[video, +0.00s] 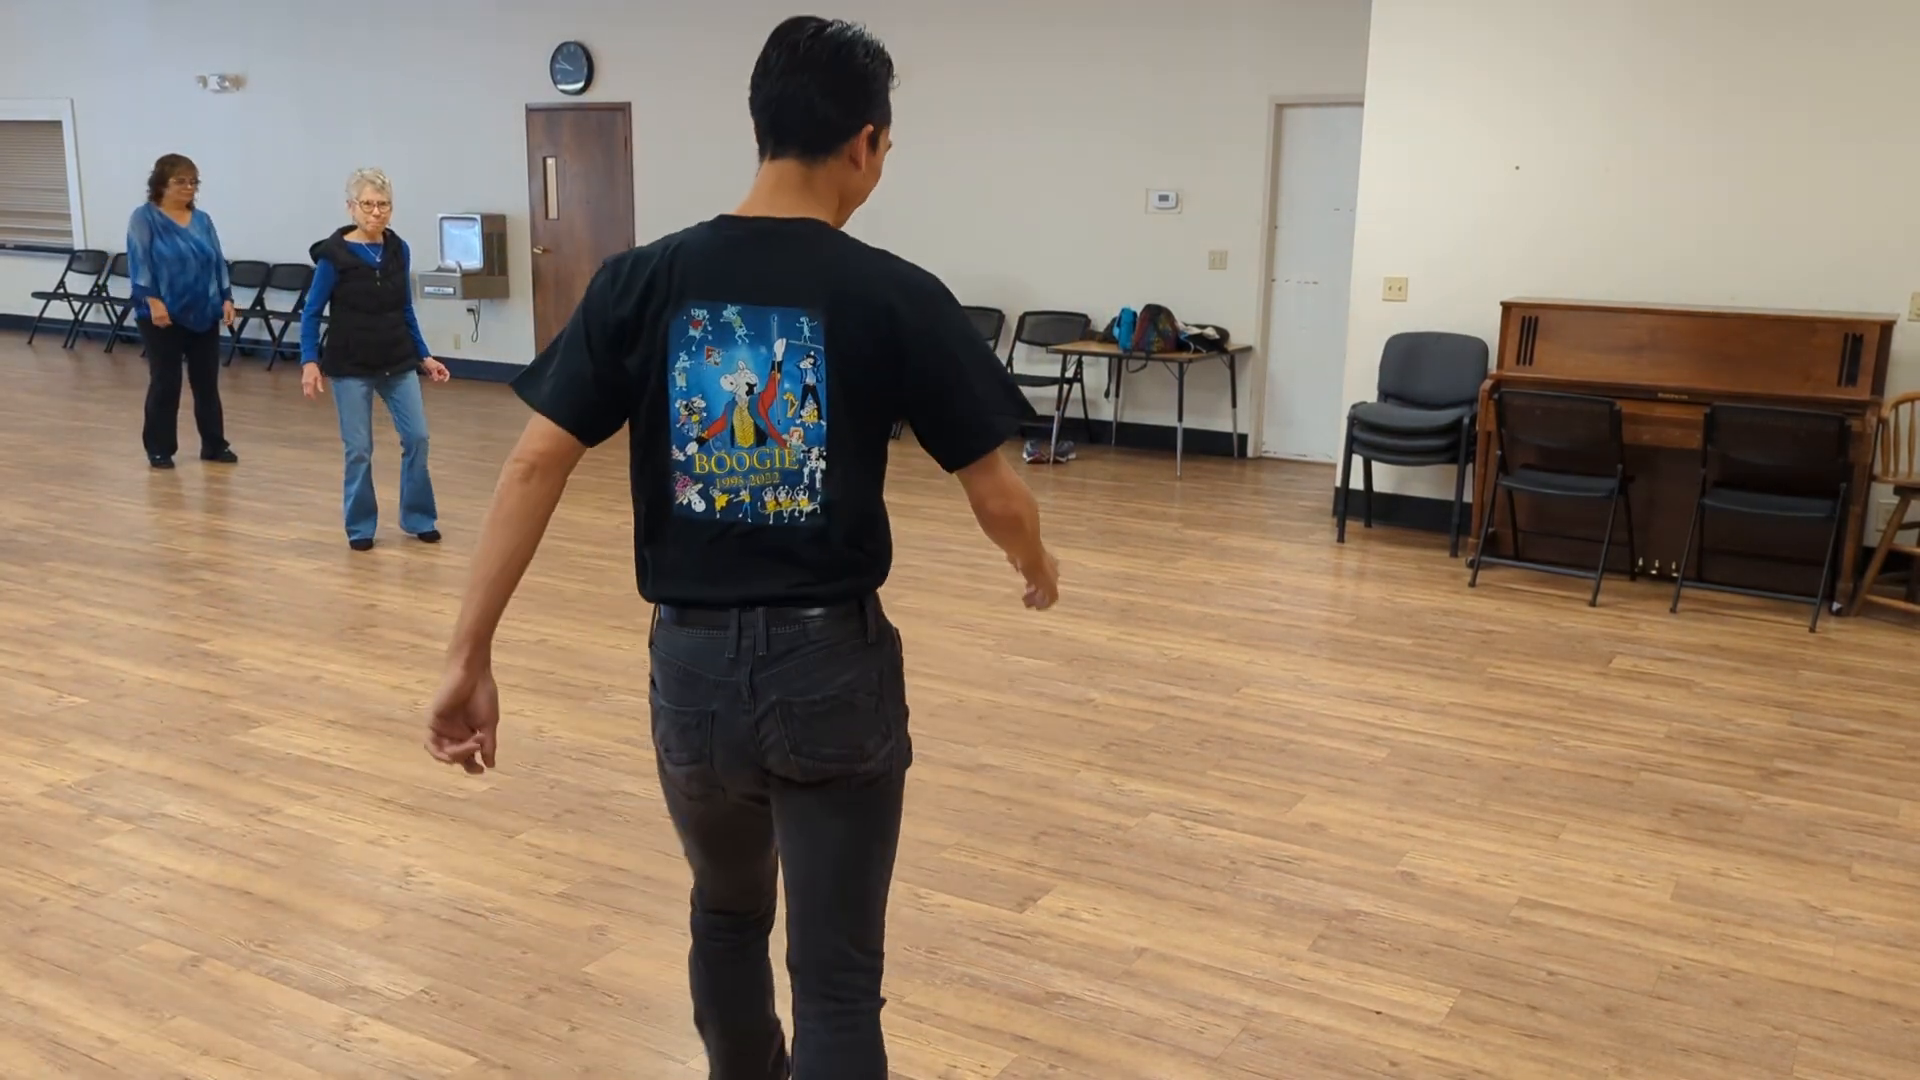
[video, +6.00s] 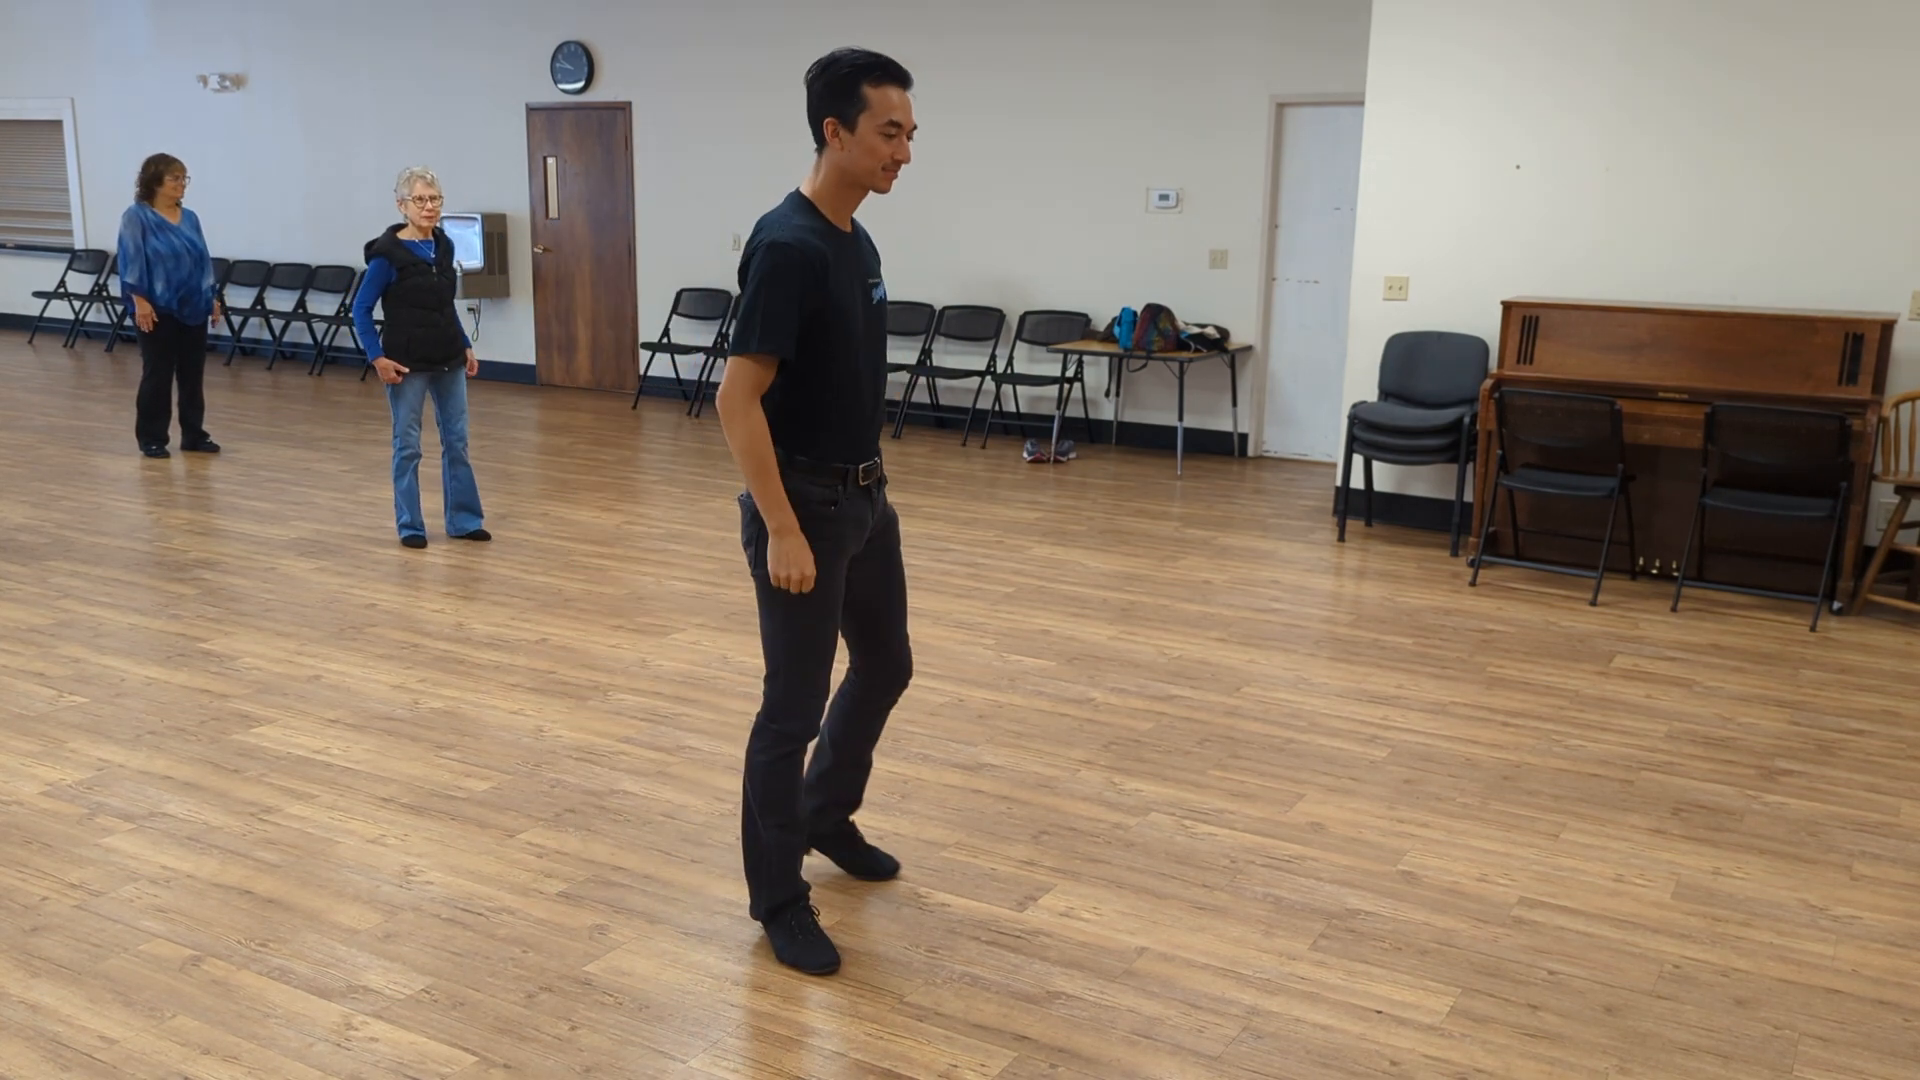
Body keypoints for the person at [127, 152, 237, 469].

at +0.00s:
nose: (190, 187)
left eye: (193, 181)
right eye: (182, 181)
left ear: (196, 184)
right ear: (163, 183)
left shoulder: (202, 219)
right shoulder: (144, 217)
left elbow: (219, 262)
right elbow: (139, 264)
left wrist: (226, 298)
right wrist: (153, 300)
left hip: (203, 313)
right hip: (163, 314)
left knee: (206, 383)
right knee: (166, 383)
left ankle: (214, 445)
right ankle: (159, 451)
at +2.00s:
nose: (152, 182)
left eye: (158, 177)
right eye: (145, 177)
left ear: (167, 181)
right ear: (134, 182)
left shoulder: (180, 216)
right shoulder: (122, 215)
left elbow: (197, 259)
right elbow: (113, 261)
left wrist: (203, 293)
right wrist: (120, 299)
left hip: (182, 309)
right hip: (144, 310)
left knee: (186, 376)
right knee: (151, 378)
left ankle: (192, 435)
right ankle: (152, 440)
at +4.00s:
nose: (165, 183)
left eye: (171, 178)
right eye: (158, 178)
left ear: (179, 183)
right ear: (145, 183)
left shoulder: (187, 217)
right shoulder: (133, 216)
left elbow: (202, 261)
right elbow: (129, 262)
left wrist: (212, 296)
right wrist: (140, 298)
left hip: (191, 308)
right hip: (155, 308)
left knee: (191, 374)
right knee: (157, 374)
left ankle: (193, 436)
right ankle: (152, 440)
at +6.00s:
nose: (182, 184)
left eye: (184, 179)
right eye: (175, 178)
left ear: (183, 183)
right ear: (156, 182)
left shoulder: (189, 217)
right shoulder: (136, 216)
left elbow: (203, 261)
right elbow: (132, 263)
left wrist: (213, 296)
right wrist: (140, 301)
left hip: (193, 308)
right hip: (157, 308)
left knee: (192, 375)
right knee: (158, 374)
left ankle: (193, 435)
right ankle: (152, 440)